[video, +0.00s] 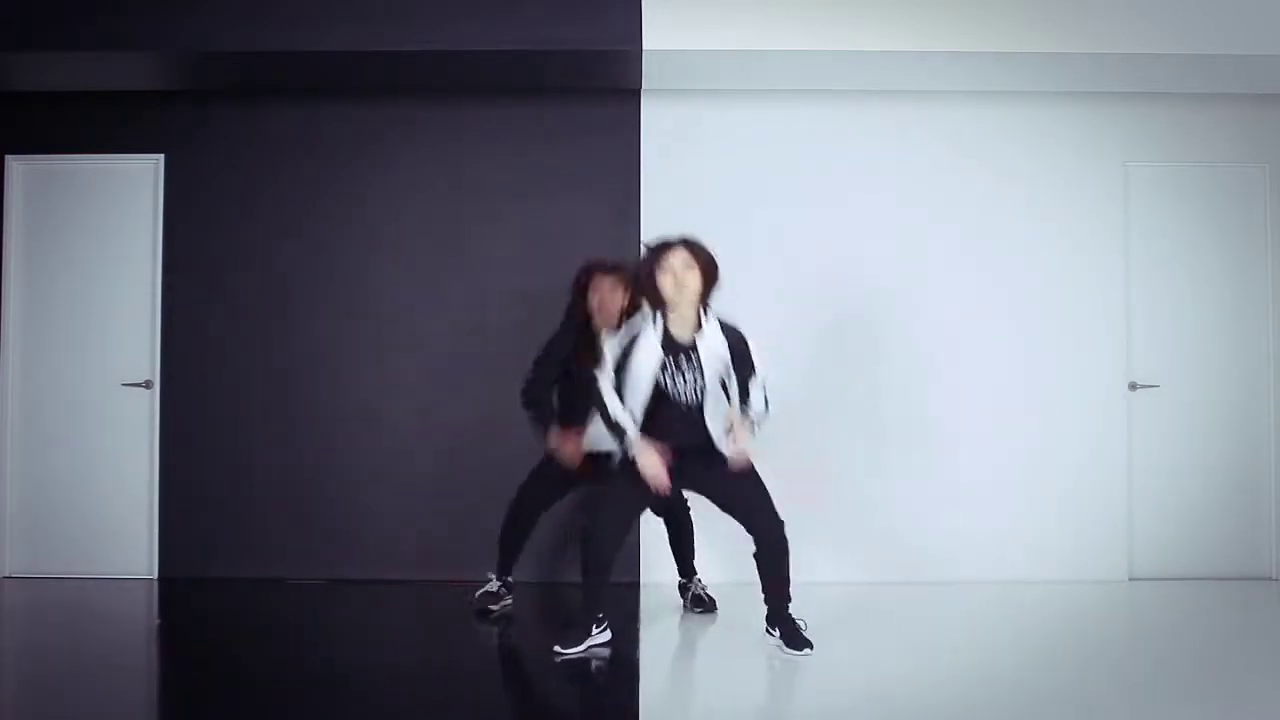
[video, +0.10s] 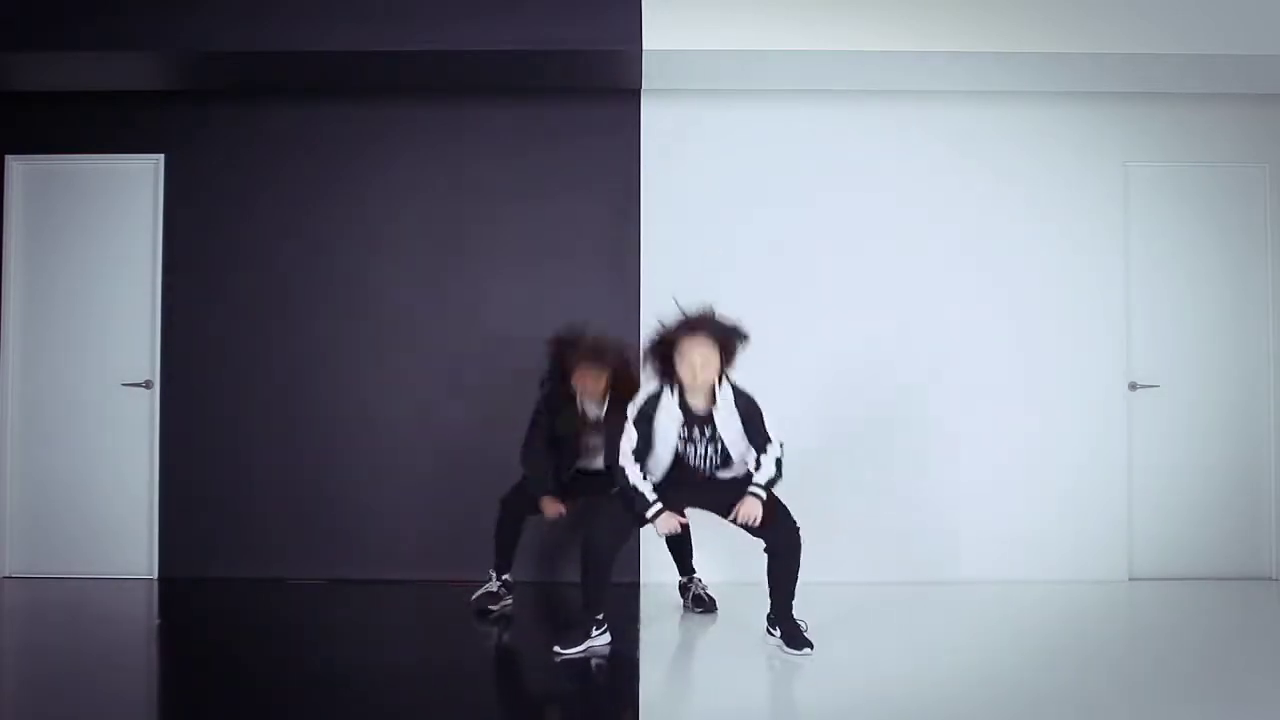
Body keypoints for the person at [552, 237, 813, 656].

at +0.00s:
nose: (677, 277)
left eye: (687, 268)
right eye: (666, 270)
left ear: (704, 278)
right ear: (654, 283)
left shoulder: (727, 339)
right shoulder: (633, 336)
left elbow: (754, 396)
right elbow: (605, 390)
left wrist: (744, 428)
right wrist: (637, 446)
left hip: (709, 457)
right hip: (650, 455)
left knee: (769, 528)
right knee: (601, 521)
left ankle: (778, 615)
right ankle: (595, 621)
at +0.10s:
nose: (696, 367)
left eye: (705, 357)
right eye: (687, 358)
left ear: (721, 362)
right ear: (673, 363)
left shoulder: (739, 403)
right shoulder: (651, 405)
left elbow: (769, 452)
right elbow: (626, 462)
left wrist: (756, 494)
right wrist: (655, 510)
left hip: (725, 486)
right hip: (669, 485)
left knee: (785, 534)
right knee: (601, 532)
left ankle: (781, 617)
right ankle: (596, 623)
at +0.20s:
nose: (719, 444)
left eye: (724, 440)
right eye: (713, 440)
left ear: (731, 425)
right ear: (695, 427)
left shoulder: (740, 423)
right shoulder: (662, 419)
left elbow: (781, 466)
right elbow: (620, 477)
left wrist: (758, 511)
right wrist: (650, 526)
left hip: (723, 500)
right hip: (668, 500)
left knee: (790, 530)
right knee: (603, 530)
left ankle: (782, 618)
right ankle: (596, 624)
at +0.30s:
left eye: (710, 492)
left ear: (725, 462)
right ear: (681, 457)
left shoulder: (739, 430)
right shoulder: (661, 433)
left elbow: (782, 474)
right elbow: (619, 486)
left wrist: (759, 518)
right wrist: (652, 532)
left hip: (728, 493)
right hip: (667, 496)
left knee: (795, 532)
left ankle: (781, 617)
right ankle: (600, 625)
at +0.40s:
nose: (705, 511)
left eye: (713, 502)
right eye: (697, 503)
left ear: (727, 464)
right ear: (683, 463)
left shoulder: (741, 433)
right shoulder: (661, 436)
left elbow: (782, 474)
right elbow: (620, 488)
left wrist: (759, 519)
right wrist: (655, 530)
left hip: (726, 497)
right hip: (665, 502)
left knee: (794, 530)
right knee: (600, 537)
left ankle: (781, 617)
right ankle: (598, 625)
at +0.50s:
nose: (709, 512)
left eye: (716, 504)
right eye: (700, 506)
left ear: (729, 469)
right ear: (683, 466)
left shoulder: (741, 432)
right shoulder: (661, 435)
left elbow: (783, 472)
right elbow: (620, 487)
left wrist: (758, 519)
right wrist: (656, 530)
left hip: (730, 497)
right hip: (667, 500)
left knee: (794, 530)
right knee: (602, 534)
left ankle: (781, 617)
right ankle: (598, 625)